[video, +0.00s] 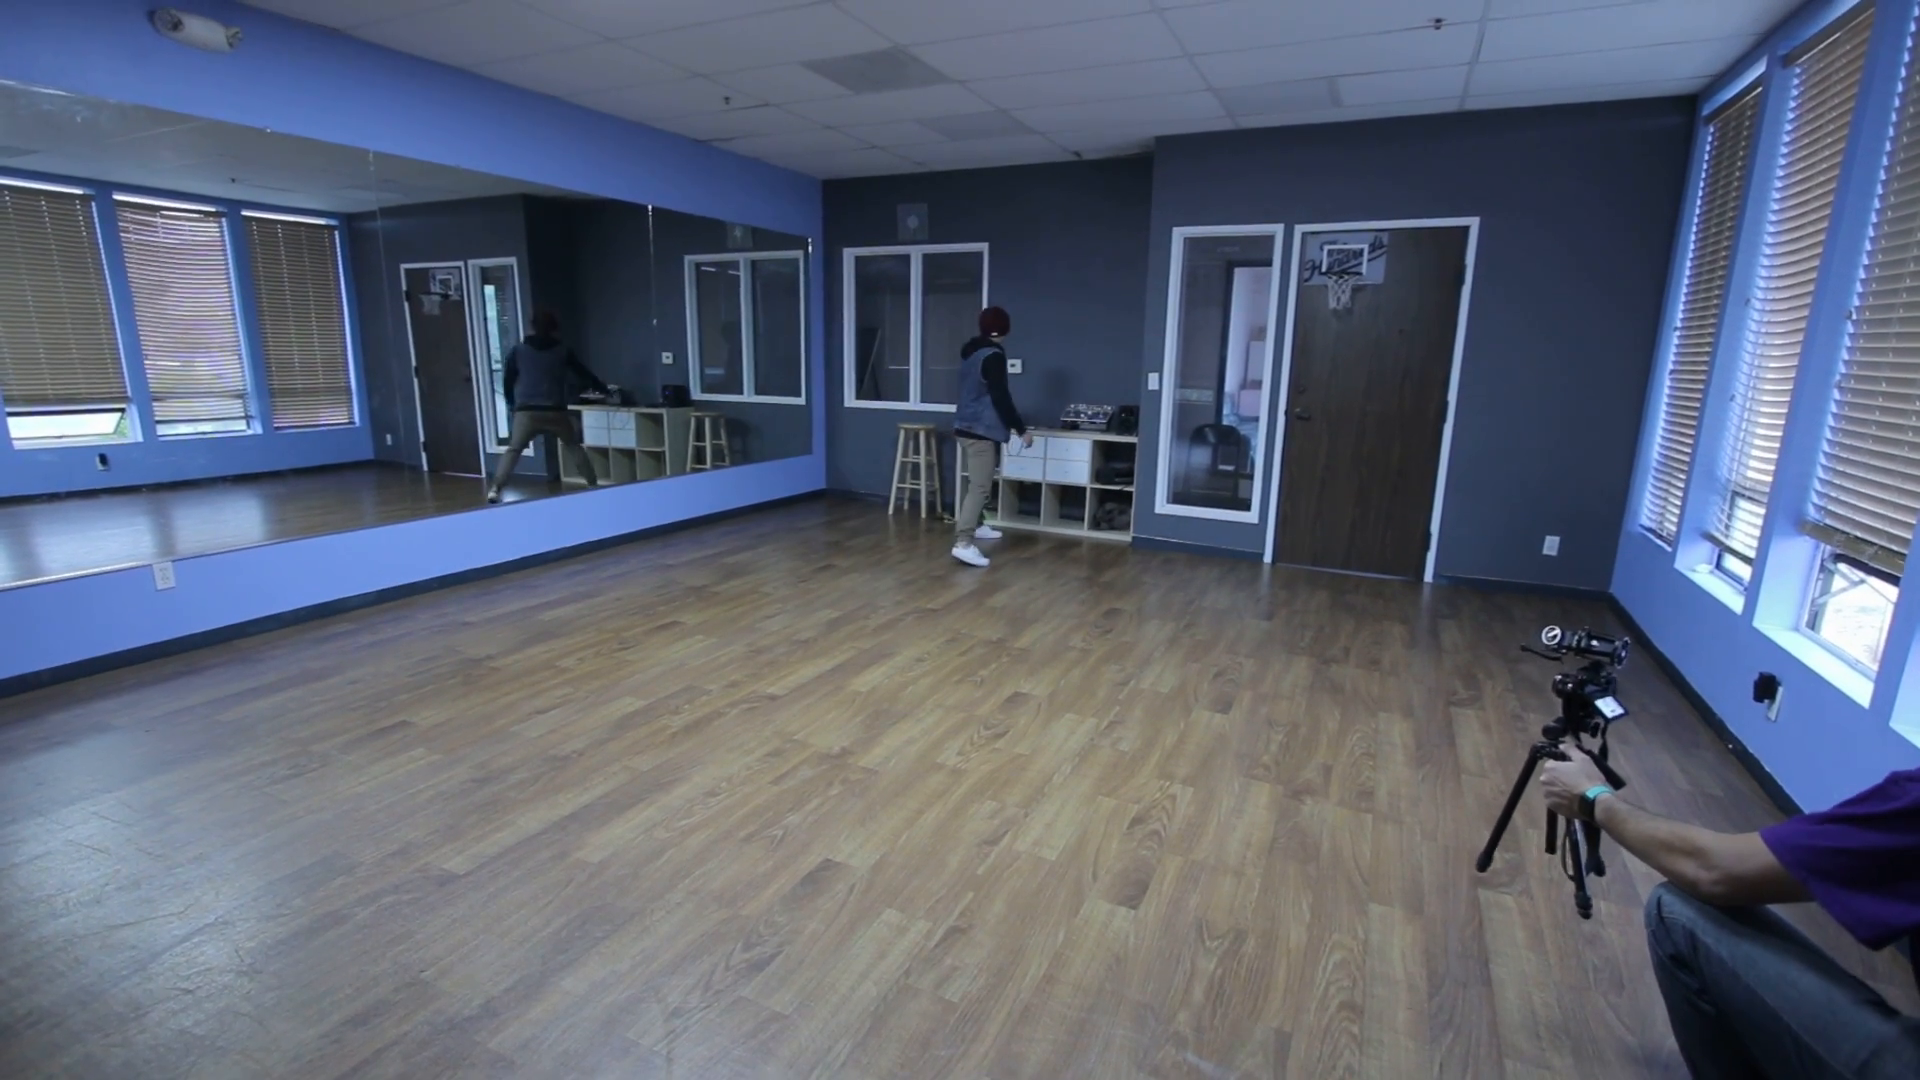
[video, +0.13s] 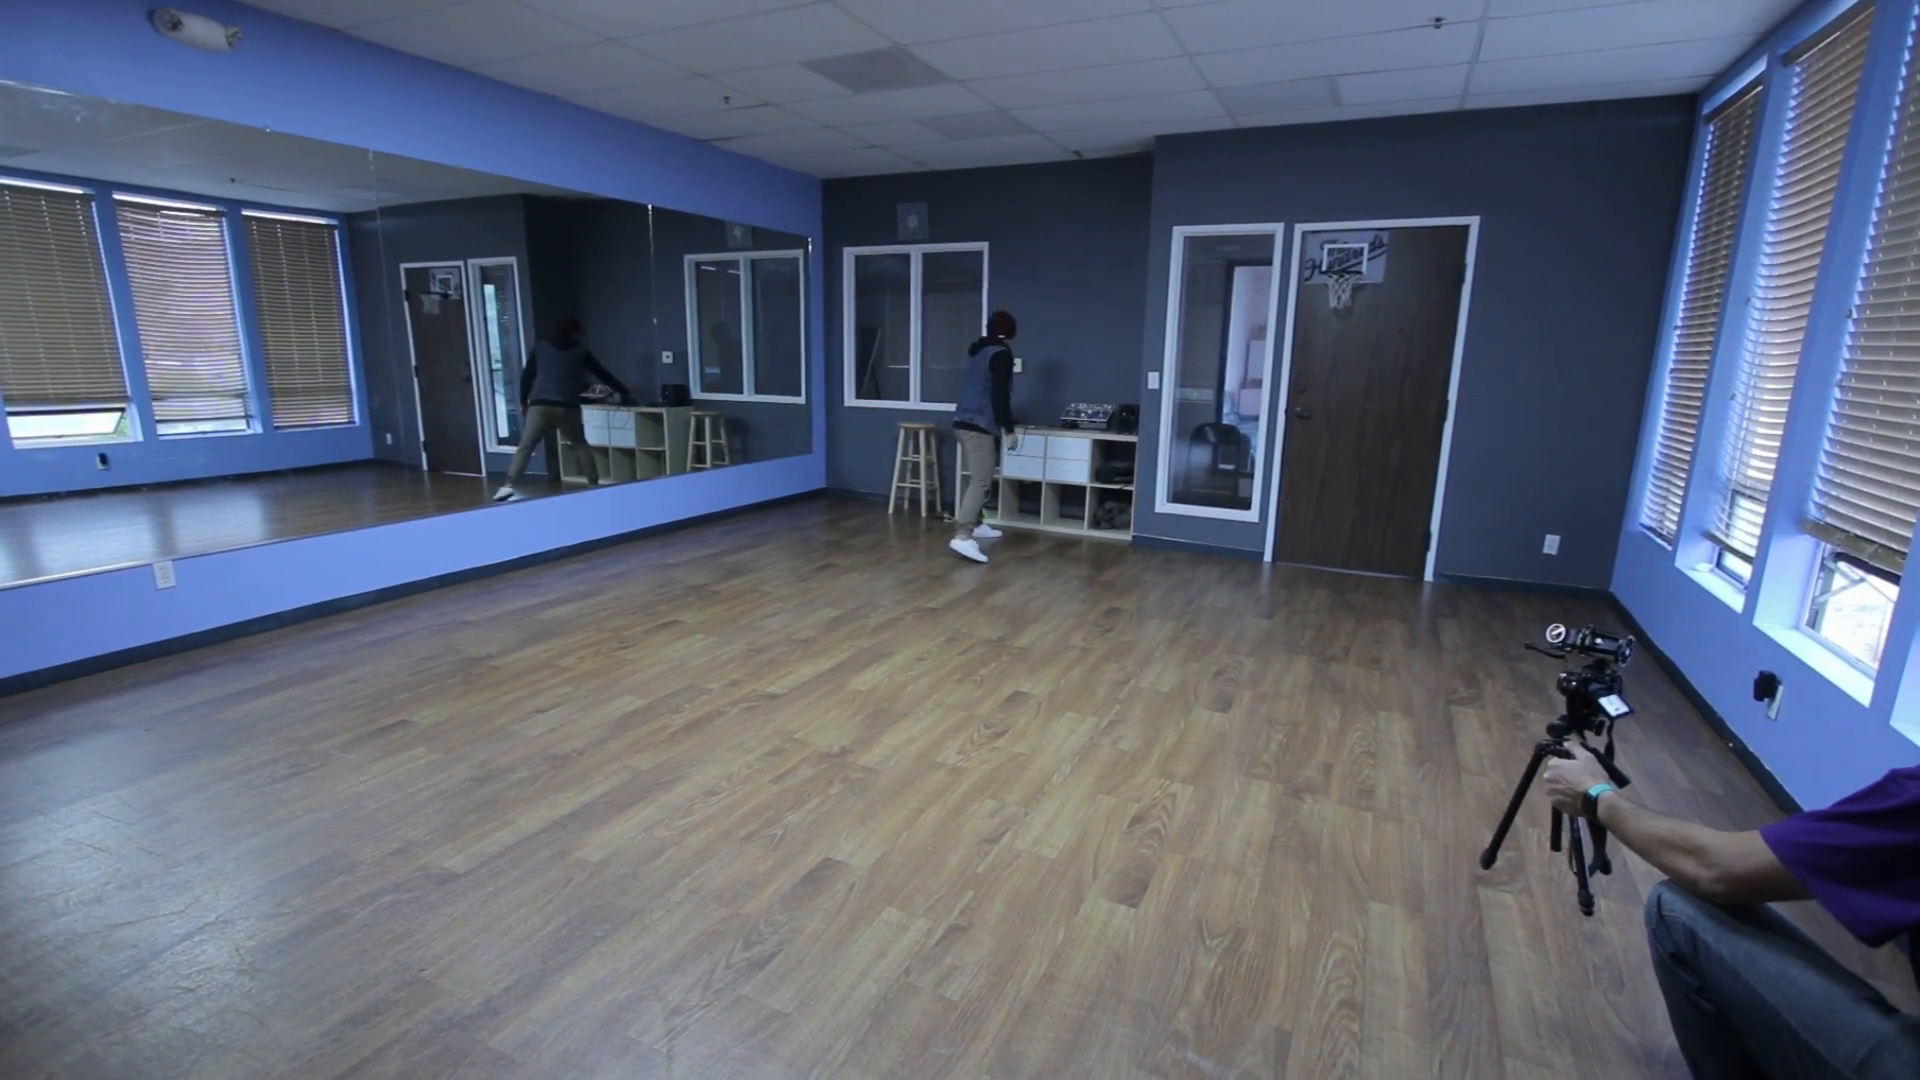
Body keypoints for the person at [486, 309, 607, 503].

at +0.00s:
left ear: (533, 328)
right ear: (555, 328)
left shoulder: (518, 350)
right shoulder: (562, 350)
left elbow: (508, 381)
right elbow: (583, 373)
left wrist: (512, 405)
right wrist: (604, 389)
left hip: (526, 411)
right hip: (556, 410)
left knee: (514, 450)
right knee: (573, 446)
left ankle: (495, 489)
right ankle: (593, 484)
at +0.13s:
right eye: (577, 333)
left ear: (555, 330)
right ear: (575, 333)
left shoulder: (540, 348)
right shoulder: (580, 352)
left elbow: (527, 375)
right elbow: (603, 375)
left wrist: (523, 401)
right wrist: (624, 393)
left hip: (540, 405)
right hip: (567, 406)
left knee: (525, 446)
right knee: (580, 443)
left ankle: (509, 485)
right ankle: (594, 484)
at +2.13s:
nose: (531, 332)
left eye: (531, 328)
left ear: (532, 329)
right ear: (551, 327)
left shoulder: (530, 350)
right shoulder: (562, 344)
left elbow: (528, 382)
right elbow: (572, 374)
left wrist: (526, 410)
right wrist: (575, 397)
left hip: (549, 406)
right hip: (573, 402)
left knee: (549, 452)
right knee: (578, 446)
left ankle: (565, 488)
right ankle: (590, 482)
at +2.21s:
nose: (529, 332)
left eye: (529, 329)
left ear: (530, 329)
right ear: (548, 326)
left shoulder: (529, 352)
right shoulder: (559, 345)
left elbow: (528, 384)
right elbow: (569, 375)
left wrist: (526, 411)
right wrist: (573, 399)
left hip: (548, 408)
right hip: (571, 404)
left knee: (549, 452)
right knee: (574, 447)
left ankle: (564, 488)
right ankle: (585, 484)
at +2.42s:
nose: (521, 328)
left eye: (522, 323)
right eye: (521, 324)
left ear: (529, 323)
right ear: (541, 321)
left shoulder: (532, 344)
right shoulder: (554, 337)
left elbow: (531, 377)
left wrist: (528, 406)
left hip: (547, 402)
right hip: (563, 397)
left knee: (553, 446)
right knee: (556, 445)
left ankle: (563, 484)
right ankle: (560, 480)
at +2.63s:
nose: (520, 327)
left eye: (521, 323)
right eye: (520, 323)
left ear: (530, 323)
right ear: (537, 322)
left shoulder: (535, 345)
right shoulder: (550, 340)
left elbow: (534, 378)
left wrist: (527, 404)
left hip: (547, 405)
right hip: (555, 403)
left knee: (553, 447)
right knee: (540, 446)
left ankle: (567, 485)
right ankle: (535, 485)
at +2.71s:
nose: (518, 329)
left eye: (520, 325)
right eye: (518, 325)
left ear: (528, 325)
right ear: (536, 325)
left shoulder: (535, 347)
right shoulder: (547, 343)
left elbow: (535, 381)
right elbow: (544, 380)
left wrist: (526, 406)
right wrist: (530, 404)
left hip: (543, 408)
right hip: (548, 407)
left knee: (546, 452)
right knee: (536, 452)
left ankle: (566, 488)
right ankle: (531, 491)